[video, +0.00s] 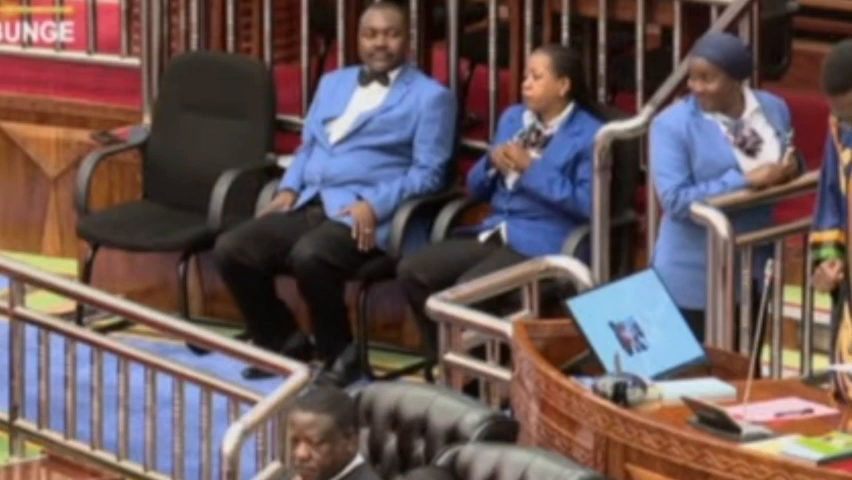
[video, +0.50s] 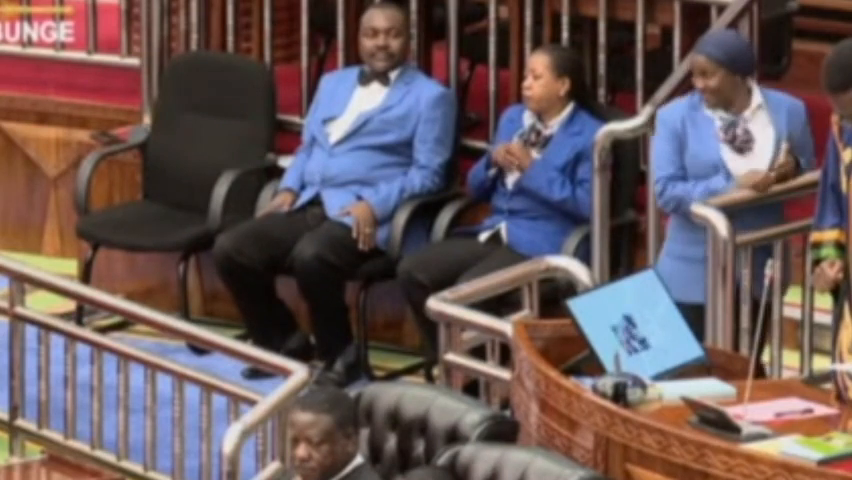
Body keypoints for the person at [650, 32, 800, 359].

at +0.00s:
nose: (695, 87)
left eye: (706, 78)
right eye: (691, 77)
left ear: (736, 79)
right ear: (685, 77)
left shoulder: (773, 109)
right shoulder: (671, 124)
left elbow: (795, 164)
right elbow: (675, 201)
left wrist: (790, 169)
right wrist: (746, 180)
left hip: (751, 272)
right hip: (689, 277)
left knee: (743, 371)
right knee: (690, 372)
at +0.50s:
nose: (698, 84)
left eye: (707, 75)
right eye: (694, 75)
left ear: (739, 73)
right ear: (689, 75)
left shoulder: (789, 111)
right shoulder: (673, 118)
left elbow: (809, 178)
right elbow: (666, 193)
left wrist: (792, 173)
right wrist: (734, 186)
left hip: (757, 276)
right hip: (690, 277)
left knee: (745, 378)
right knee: (688, 376)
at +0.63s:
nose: (701, 78)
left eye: (709, 68)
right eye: (698, 68)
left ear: (741, 68)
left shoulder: (795, 114)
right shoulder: (679, 110)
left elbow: (813, 188)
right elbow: (659, 185)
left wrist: (790, 178)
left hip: (758, 274)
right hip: (689, 272)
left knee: (751, 377)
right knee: (685, 374)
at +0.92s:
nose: (681, 74)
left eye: (689, 65)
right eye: (681, 64)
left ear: (719, 68)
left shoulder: (776, 119)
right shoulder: (673, 103)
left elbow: (800, 189)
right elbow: (653, 182)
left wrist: (753, 184)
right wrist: (640, 253)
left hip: (740, 274)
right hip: (675, 267)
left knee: (735, 372)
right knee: (668, 363)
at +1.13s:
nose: (673, 72)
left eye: (680, 63)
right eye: (672, 63)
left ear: (711, 68)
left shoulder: (767, 119)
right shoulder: (670, 101)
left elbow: (786, 191)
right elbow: (651, 181)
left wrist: (722, 195)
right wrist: (637, 252)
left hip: (734, 273)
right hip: (670, 265)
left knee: (728, 370)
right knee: (662, 359)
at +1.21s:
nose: (634, 67)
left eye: (641, 58)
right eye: (635, 58)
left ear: (671, 64)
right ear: (663, 63)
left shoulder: (719, 117)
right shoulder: (644, 105)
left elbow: (732, 198)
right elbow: (631, 188)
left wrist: (670, 236)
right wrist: (622, 250)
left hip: (689, 278)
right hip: (640, 269)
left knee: (682, 372)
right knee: (636, 364)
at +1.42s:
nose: (606, 65)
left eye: (612, 56)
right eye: (607, 56)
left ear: (640, 60)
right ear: (634, 60)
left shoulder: (675, 113)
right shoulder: (626, 104)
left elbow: (680, 197)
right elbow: (613, 187)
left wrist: (633, 252)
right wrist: (603, 250)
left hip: (669, 277)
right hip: (624, 270)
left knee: (673, 377)